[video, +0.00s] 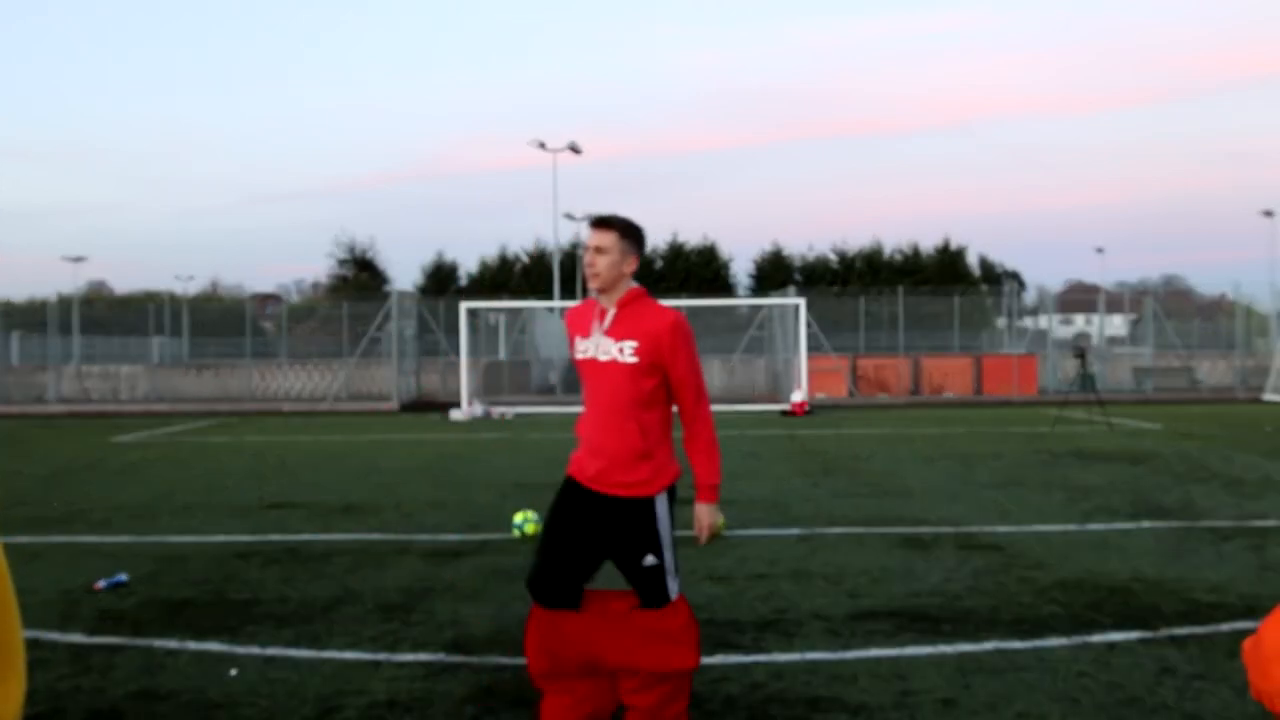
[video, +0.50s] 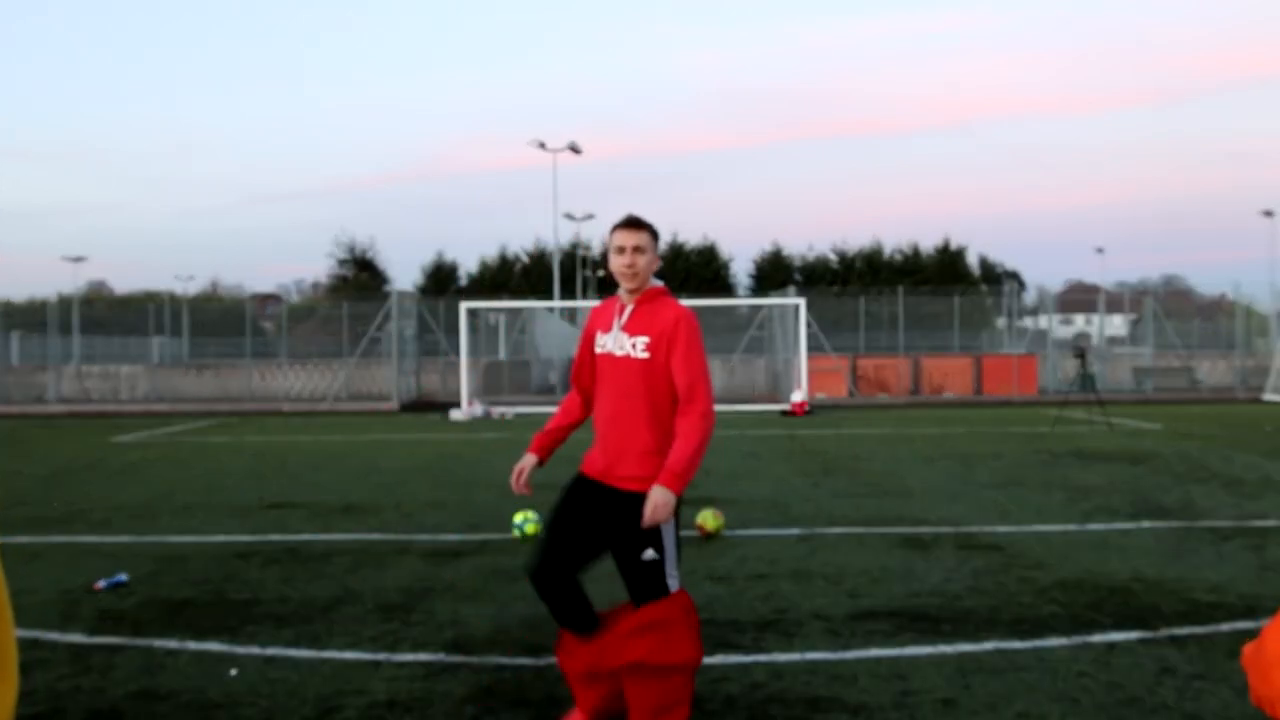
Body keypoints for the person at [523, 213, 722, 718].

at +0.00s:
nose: (589, 261)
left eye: (601, 252)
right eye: (587, 251)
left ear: (630, 262)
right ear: (583, 258)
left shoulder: (664, 324)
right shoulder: (578, 318)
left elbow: (695, 412)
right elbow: (601, 394)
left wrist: (707, 495)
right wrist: (602, 457)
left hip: (642, 490)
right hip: (584, 483)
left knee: (660, 606)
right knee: (549, 593)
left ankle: (664, 703)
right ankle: (570, 701)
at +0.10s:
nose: (603, 260)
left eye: (615, 251)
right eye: (600, 250)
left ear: (646, 259)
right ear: (598, 255)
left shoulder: (674, 325)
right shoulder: (592, 314)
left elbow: (702, 415)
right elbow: (603, 388)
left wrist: (711, 501)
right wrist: (609, 449)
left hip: (646, 482)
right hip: (594, 466)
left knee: (657, 605)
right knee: (529, 542)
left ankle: (658, 709)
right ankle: (588, 652)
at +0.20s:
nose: (610, 259)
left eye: (622, 250)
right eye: (606, 249)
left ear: (652, 259)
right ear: (601, 256)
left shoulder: (674, 324)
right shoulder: (597, 313)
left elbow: (700, 416)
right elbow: (598, 391)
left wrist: (709, 505)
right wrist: (588, 452)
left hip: (648, 481)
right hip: (594, 461)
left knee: (656, 606)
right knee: (520, 510)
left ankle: (661, 709)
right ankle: (583, 618)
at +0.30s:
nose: (622, 260)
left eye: (634, 250)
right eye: (615, 250)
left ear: (654, 259)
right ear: (605, 257)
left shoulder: (672, 322)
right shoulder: (599, 313)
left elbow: (697, 413)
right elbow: (587, 395)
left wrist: (697, 505)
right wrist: (551, 452)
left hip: (651, 485)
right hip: (602, 462)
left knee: (663, 608)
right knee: (517, 490)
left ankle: (662, 710)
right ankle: (579, 602)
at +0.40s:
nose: (627, 260)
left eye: (638, 251)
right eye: (619, 251)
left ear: (655, 259)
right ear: (607, 258)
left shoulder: (673, 320)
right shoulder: (601, 312)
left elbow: (696, 412)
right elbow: (583, 392)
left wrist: (683, 497)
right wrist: (541, 446)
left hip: (651, 483)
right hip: (602, 464)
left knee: (661, 608)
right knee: (520, 512)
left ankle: (663, 708)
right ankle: (577, 623)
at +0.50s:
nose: (628, 260)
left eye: (639, 251)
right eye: (620, 251)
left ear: (656, 258)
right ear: (608, 259)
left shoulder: (675, 320)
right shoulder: (601, 316)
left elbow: (698, 410)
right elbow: (582, 395)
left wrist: (669, 485)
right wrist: (537, 450)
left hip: (648, 486)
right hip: (599, 477)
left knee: (658, 608)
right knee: (550, 572)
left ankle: (664, 706)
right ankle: (603, 687)